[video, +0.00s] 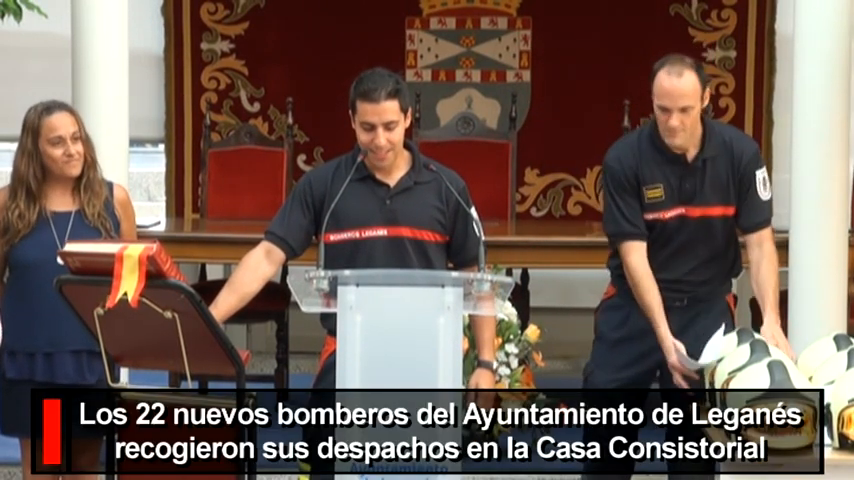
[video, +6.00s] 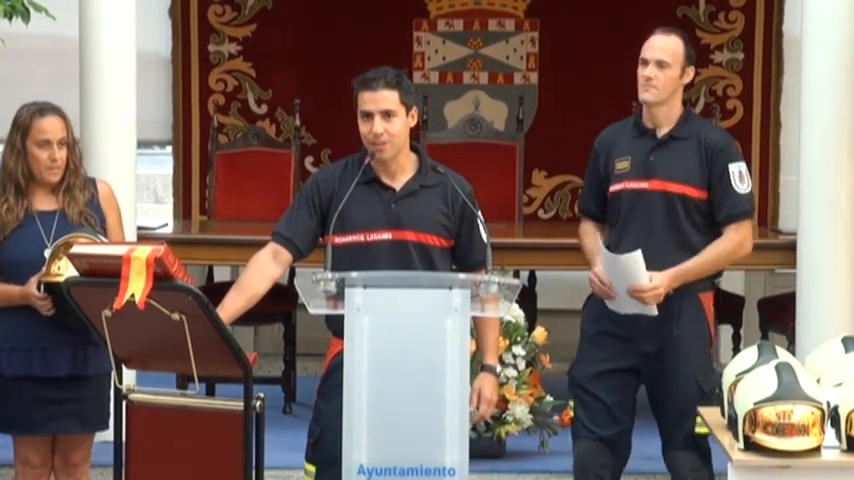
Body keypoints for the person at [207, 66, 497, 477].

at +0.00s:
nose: (379, 140)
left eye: (390, 127)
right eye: (368, 127)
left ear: (408, 119)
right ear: (353, 122)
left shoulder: (447, 188)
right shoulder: (323, 184)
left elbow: (476, 281)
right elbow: (267, 255)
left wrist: (485, 364)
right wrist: (207, 322)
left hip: (428, 352)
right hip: (348, 351)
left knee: (430, 469)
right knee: (330, 464)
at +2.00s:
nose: (379, 139)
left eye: (389, 125)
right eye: (367, 127)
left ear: (406, 119)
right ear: (351, 122)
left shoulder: (443, 189)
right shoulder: (321, 184)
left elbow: (474, 280)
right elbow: (267, 255)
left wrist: (484, 364)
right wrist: (208, 323)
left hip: (428, 355)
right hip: (347, 353)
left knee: (429, 471)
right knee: (329, 468)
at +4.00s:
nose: (384, 139)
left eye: (394, 126)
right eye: (373, 127)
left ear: (411, 120)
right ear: (357, 123)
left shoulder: (448, 190)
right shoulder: (327, 185)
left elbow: (481, 281)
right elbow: (273, 256)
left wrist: (488, 365)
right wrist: (214, 323)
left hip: (434, 353)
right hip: (353, 352)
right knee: (328, 460)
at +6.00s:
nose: (376, 128)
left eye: (387, 116)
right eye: (366, 117)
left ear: (413, 118)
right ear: (356, 120)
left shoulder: (453, 192)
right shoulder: (330, 185)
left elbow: (482, 283)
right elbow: (274, 257)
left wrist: (489, 367)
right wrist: (214, 325)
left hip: (431, 359)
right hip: (352, 358)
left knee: (429, 469)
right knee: (330, 466)